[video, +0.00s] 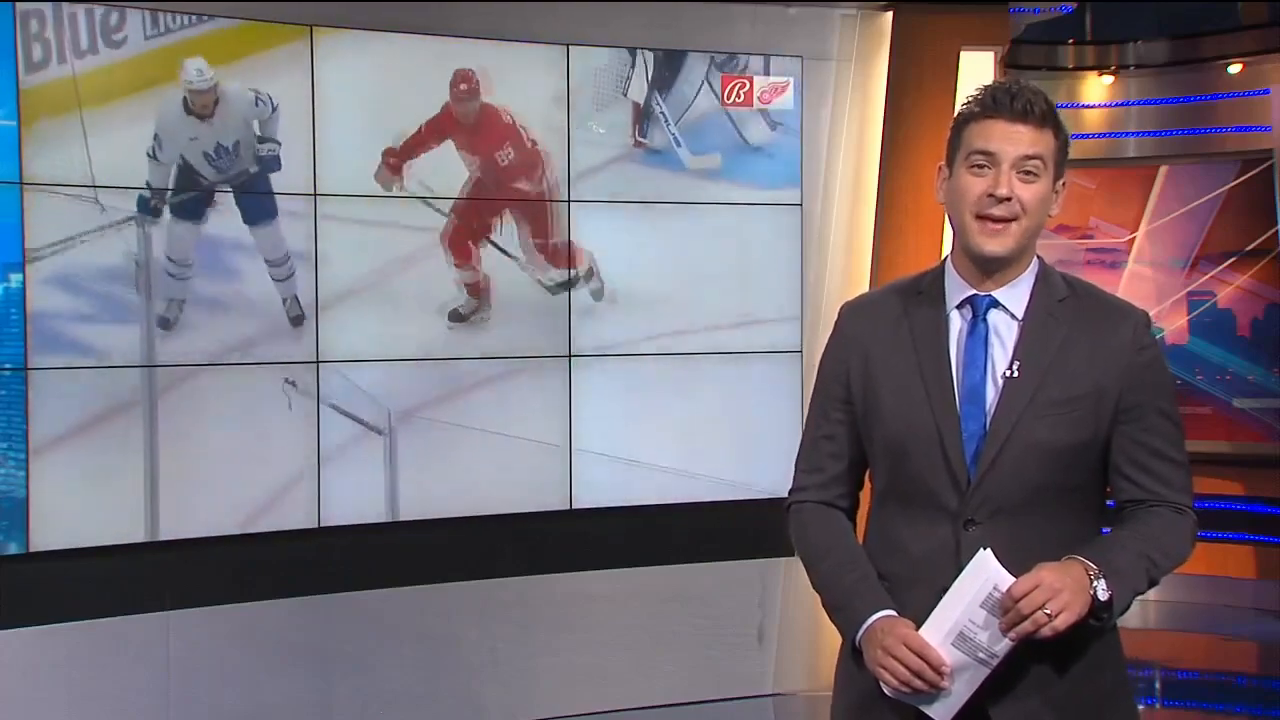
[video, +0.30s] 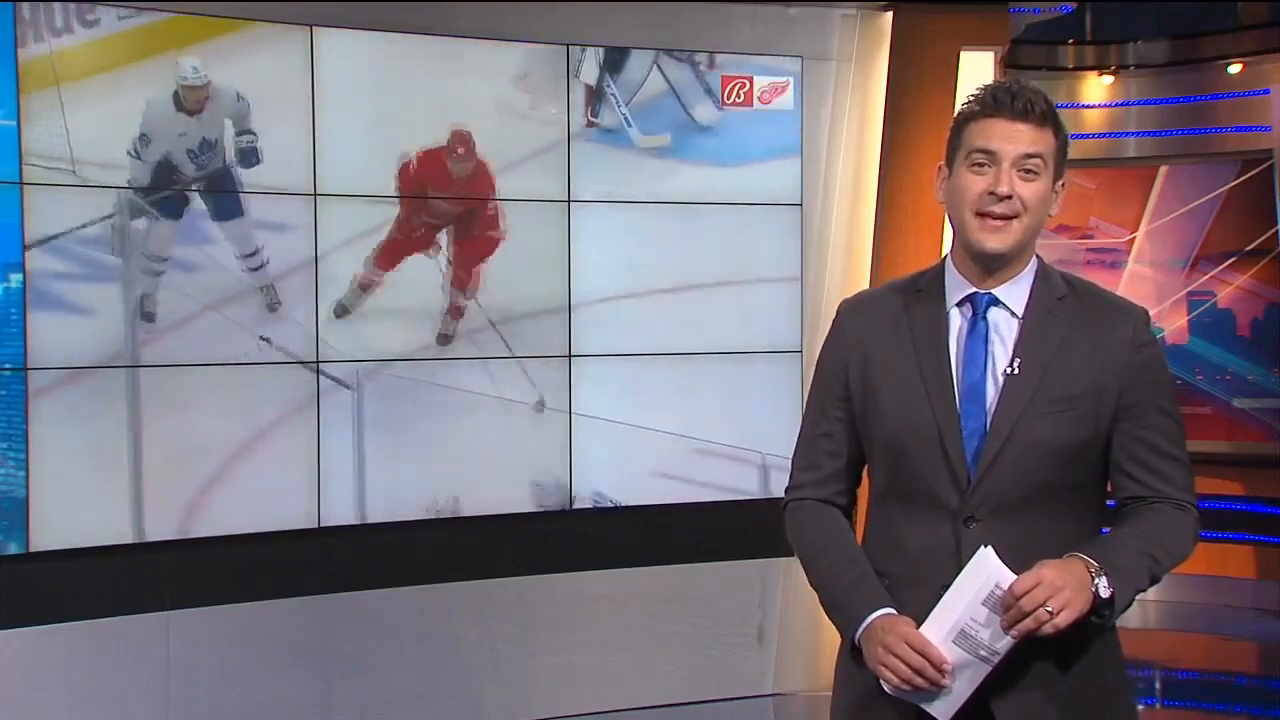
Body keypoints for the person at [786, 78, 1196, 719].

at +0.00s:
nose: (1001, 189)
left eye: (1027, 172)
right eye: (980, 165)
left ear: (1054, 197)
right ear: (944, 183)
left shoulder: (1119, 337)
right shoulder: (866, 327)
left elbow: (1164, 512)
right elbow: (817, 501)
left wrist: (1093, 574)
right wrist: (870, 620)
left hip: (1056, 692)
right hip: (892, 687)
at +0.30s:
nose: (1002, 188)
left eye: (1027, 170)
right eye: (980, 164)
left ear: (1054, 196)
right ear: (944, 183)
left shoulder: (1118, 334)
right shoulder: (864, 326)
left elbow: (1166, 508)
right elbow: (813, 499)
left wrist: (1094, 571)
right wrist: (870, 619)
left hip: (1056, 691)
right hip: (892, 687)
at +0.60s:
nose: (1005, 189)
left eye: (1030, 171)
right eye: (984, 165)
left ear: (1057, 196)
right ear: (946, 183)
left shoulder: (1119, 335)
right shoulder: (865, 326)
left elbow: (1166, 509)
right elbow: (814, 498)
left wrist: (1095, 572)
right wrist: (871, 619)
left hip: (1056, 691)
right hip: (893, 687)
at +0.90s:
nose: (1003, 189)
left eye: (1029, 171)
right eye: (982, 164)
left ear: (1056, 196)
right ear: (946, 183)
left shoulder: (1119, 335)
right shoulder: (866, 326)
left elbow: (1166, 509)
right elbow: (816, 500)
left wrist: (1095, 571)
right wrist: (871, 619)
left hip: (1056, 691)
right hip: (893, 687)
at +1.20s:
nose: (1004, 188)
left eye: (1029, 171)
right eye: (982, 164)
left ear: (1056, 196)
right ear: (945, 183)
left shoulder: (1119, 335)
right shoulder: (865, 327)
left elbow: (1167, 509)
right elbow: (815, 500)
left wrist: (1095, 571)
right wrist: (871, 619)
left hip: (1057, 691)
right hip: (893, 687)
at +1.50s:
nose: (1001, 192)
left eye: (1028, 174)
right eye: (981, 167)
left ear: (1055, 196)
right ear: (945, 183)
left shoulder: (1119, 336)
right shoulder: (865, 327)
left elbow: (1166, 510)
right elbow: (815, 501)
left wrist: (1094, 572)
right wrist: (871, 620)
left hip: (1056, 692)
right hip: (892, 688)